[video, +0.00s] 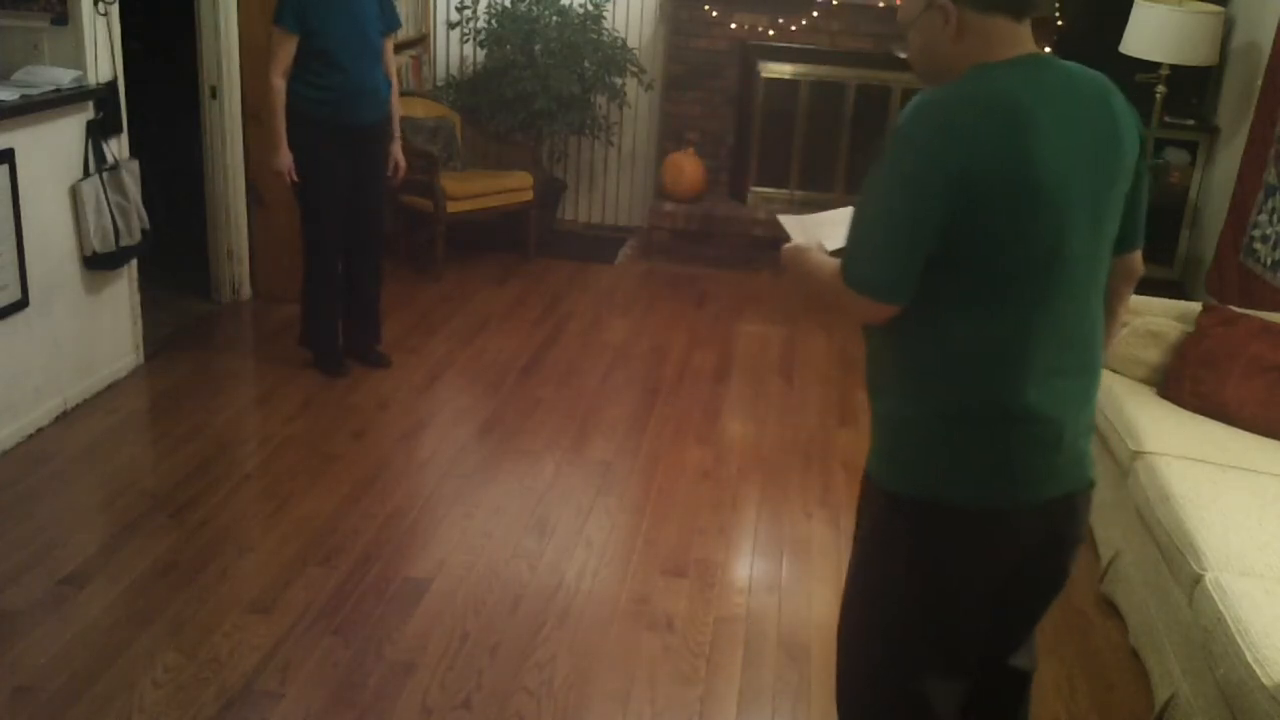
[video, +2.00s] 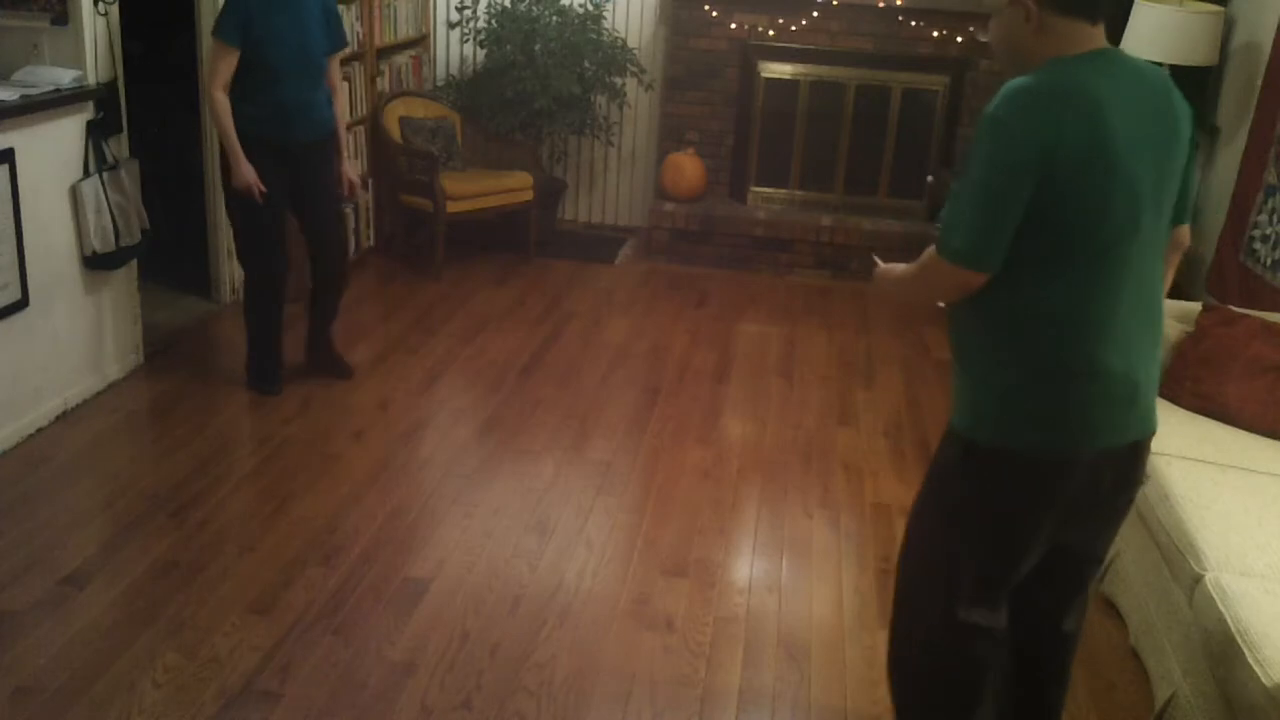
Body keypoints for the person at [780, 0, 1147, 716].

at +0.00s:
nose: (904, 47)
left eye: (905, 24)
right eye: (900, 26)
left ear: (947, 16)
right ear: (1019, 15)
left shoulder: (938, 120)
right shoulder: (1111, 109)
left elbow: (872, 300)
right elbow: (1122, 272)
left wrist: (813, 267)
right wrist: (1072, 371)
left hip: (935, 492)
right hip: (1055, 490)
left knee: (887, 693)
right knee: (997, 678)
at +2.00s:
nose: (984, 29)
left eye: (993, 13)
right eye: (987, 15)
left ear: (1030, 11)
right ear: (1092, 15)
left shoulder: (1028, 105)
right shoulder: (1167, 99)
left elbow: (963, 263)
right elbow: (1174, 239)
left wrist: (898, 282)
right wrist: (1125, 318)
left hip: (1015, 432)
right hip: (1121, 433)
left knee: (941, 625)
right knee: (1045, 627)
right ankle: (1028, 716)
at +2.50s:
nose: (888, 35)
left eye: (893, 17)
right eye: (888, 19)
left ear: (927, 18)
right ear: (1001, 19)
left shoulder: (925, 119)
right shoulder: (1084, 113)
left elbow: (858, 294)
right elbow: (1106, 267)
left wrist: (803, 308)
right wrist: (1075, 369)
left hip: (936, 455)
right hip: (1042, 448)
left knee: (908, 660)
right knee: (1004, 647)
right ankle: (1004, 714)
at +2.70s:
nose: (840, 27)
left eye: (846, 10)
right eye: (840, 12)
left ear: (886, 11)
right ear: (952, 13)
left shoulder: (875, 107)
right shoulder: (1046, 101)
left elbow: (798, 284)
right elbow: (1074, 260)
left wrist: (744, 294)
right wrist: (1057, 380)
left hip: (905, 447)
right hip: (1004, 437)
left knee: (894, 668)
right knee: (926, 641)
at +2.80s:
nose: (819, 33)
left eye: (824, 16)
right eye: (820, 18)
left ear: (860, 12)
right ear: (927, 14)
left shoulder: (850, 108)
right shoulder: (1021, 98)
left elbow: (775, 283)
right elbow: (1053, 258)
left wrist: (728, 299)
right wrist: (1038, 379)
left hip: (884, 439)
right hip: (982, 431)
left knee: (896, 647)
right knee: (883, 614)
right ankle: (840, 704)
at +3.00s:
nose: (769, 27)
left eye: (774, 11)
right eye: (769, 14)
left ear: (804, 9)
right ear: (872, 10)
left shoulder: (798, 106)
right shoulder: (957, 94)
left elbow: (750, 282)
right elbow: (988, 251)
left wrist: (691, 367)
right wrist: (977, 363)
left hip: (828, 426)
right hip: (927, 418)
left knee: (851, 623)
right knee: (822, 609)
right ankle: (766, 712)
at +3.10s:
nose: (735, 25)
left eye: (739, 11)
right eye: (734, 13)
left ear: (776, 6)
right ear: (839, 4)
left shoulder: (776, 95)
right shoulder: (923, 80)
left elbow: (734, 269)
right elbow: (955, 228)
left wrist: (678, 377)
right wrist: (940, 341)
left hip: (801, 425)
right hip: (895, 415)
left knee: (771, 579)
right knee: (818, 588)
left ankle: (840, 705)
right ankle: (776, 704)